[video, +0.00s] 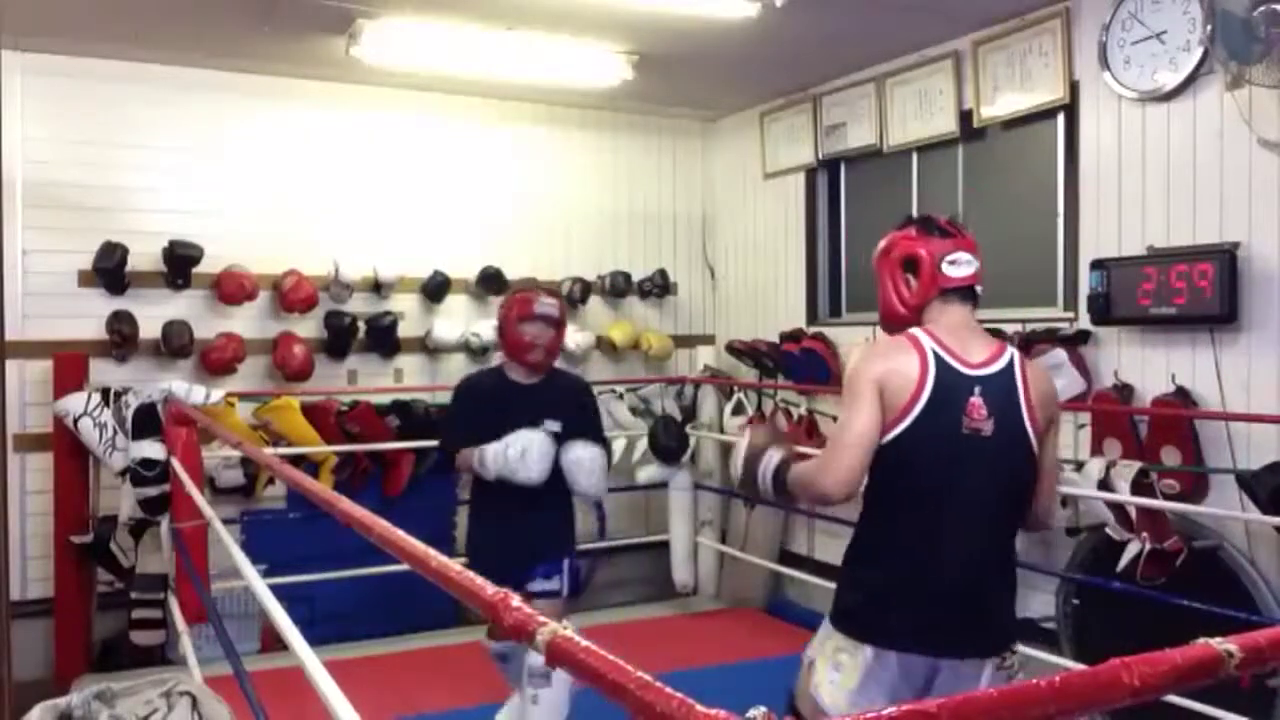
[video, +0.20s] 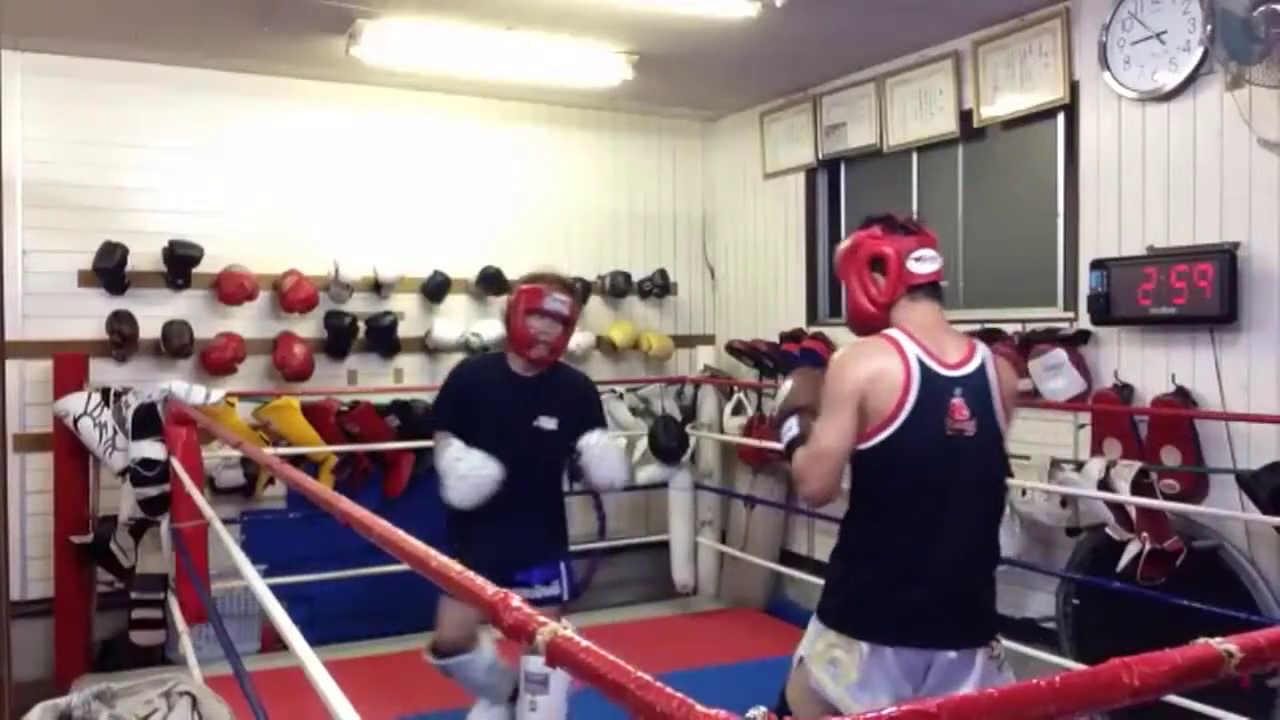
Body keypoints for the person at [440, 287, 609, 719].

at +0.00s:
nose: (538, 338)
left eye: (548, 329)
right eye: (528, 327)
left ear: (560, 337)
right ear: (506, 330)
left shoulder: (573, 390)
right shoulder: (476, 389)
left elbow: (593, 448)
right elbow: (457, 452)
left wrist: (587, 464)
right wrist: (498, 457)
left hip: (550, 526)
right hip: (492, 529)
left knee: (543, 631)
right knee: (501, 636)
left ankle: (544, 708)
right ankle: (527, 696)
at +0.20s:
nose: (545, 329)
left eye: (557, 322)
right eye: (537, 315)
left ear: (569, 332)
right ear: (514, 316)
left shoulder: (574, 388)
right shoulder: (473, 375)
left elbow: (593, 454)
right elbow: (442, 434)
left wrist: (605, 462)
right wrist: (457, 462)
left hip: (541, 531)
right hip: (477, 529)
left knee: (544, 646)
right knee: (450, 642)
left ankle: (543, 709)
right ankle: (507, 692)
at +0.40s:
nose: (533, 321)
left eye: (546, 313)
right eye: (524, 306)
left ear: (557, 325)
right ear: (499, 309)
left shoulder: (567, 384)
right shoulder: (461, 373)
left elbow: (591, 472)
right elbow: (419, 460)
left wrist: (608, 416)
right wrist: (413, 474)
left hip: (527, 537)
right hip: (456, 532)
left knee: (539, 660)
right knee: (410, 641)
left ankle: (538, 714)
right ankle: (394, 713)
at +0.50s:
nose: (514, 317)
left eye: (527, 309)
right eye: (504, 303)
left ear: (540, 320)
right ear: (479, 308)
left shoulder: (555, 380)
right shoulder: (448, 374)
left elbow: (587, 444)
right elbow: (412, 456)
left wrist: (602, 389)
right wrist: (400, 475)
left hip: (518, 540)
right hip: (445, 535)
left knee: (531, 663)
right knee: (392, 637)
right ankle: (361, 715)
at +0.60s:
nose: (497, 320)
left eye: (508, 310)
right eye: (486, 306)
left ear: (519, 320)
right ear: (460, 311)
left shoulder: (532, 378)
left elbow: (574, 423)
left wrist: (592, 380)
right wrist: (395, 484)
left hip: (505, 543)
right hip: (432, 542)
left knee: (521, 651)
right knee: (379, 636)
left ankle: (532, 715)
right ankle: (344, 715)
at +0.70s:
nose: (472, 327)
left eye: (482, 317)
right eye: (460, 315)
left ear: (491, 323)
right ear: (431, 320)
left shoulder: (502, 384)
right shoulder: (397, 386)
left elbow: (550, 426)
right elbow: (369, 451)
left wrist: (576, 391)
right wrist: (379, 469)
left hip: (483, 538)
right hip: (412, 539)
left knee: (510, 647)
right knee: (368, 645)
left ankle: (527, 714)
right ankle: (337, 718)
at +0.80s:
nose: (443, 334)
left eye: (452, 323)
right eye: (431, 321)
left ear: (460, 331)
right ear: (402, 326)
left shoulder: (469, 391)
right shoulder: (364, 392)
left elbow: (516, 437)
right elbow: (334, 463)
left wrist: (540, 400)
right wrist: (359, 473)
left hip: (455, 545)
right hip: (383, 547)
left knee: (489, 649)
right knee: (355, 655)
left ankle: (521, 714)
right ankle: (333, 717)